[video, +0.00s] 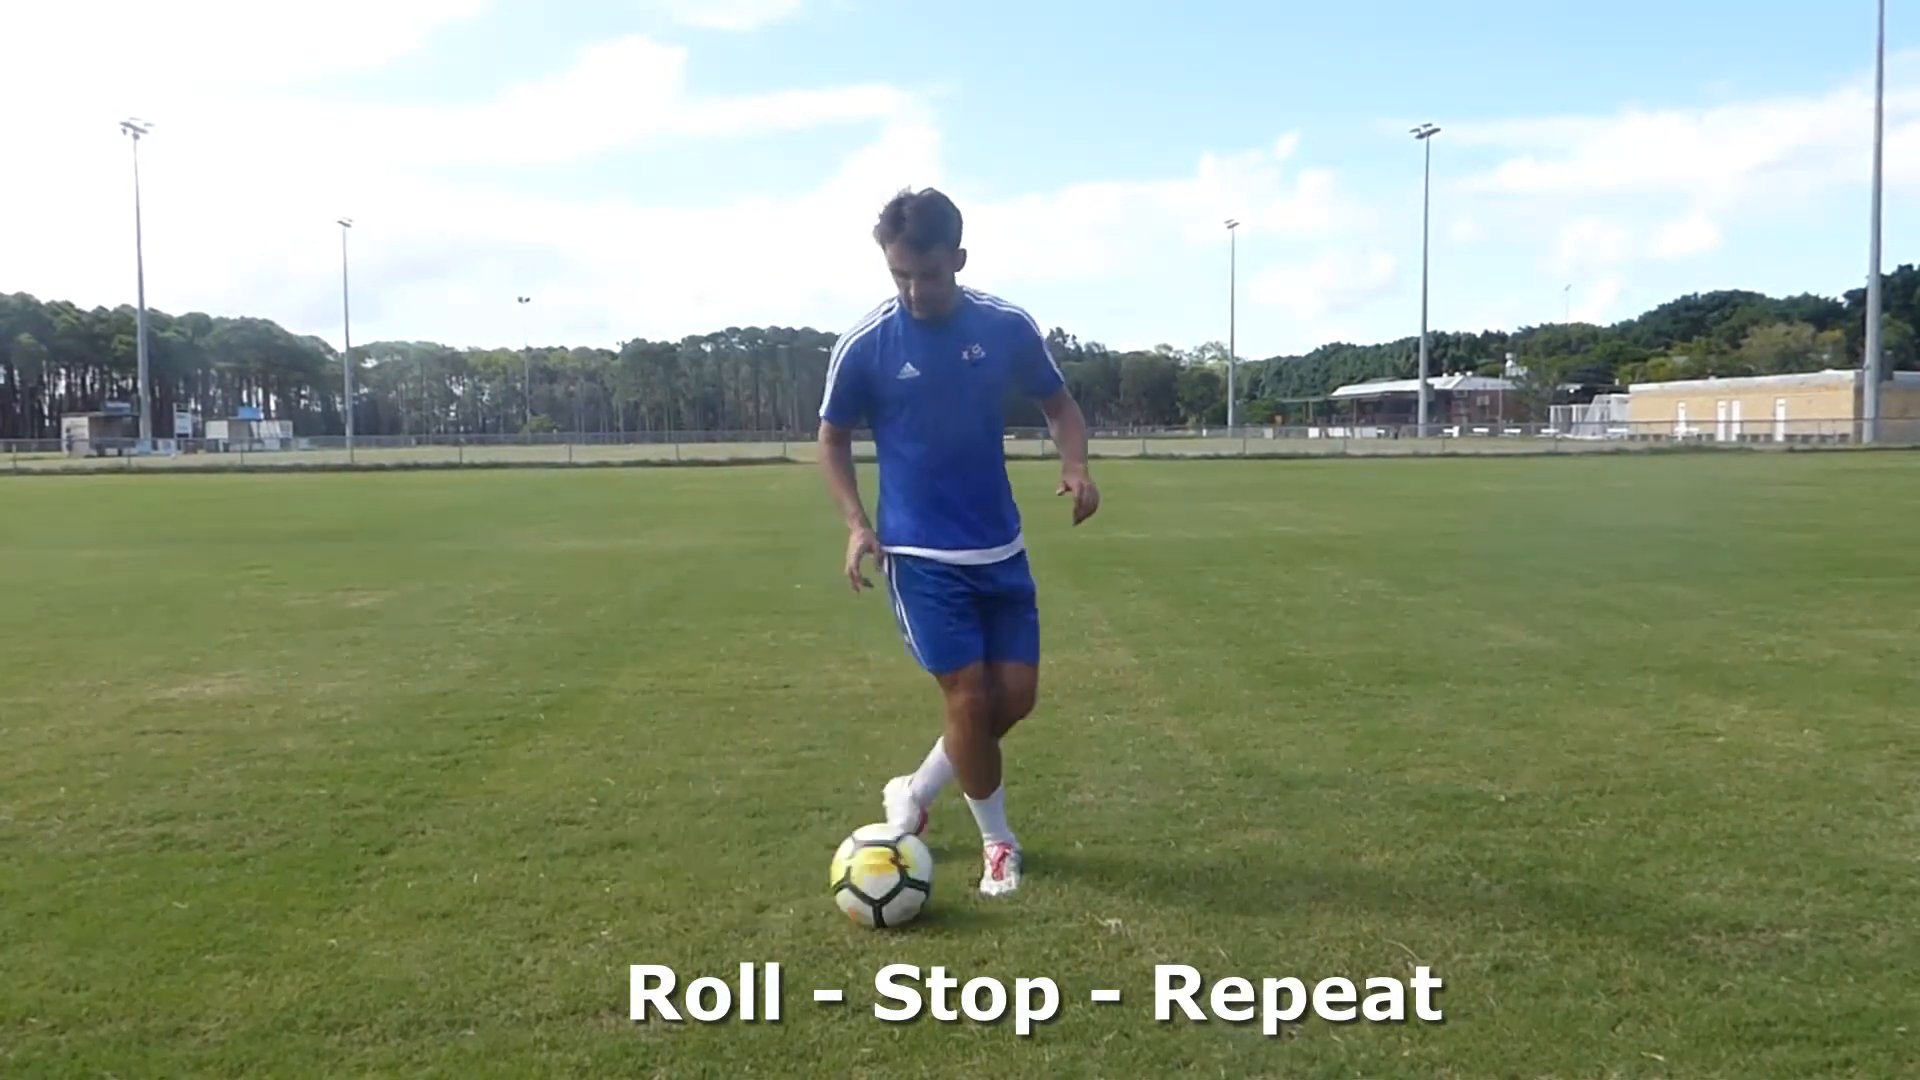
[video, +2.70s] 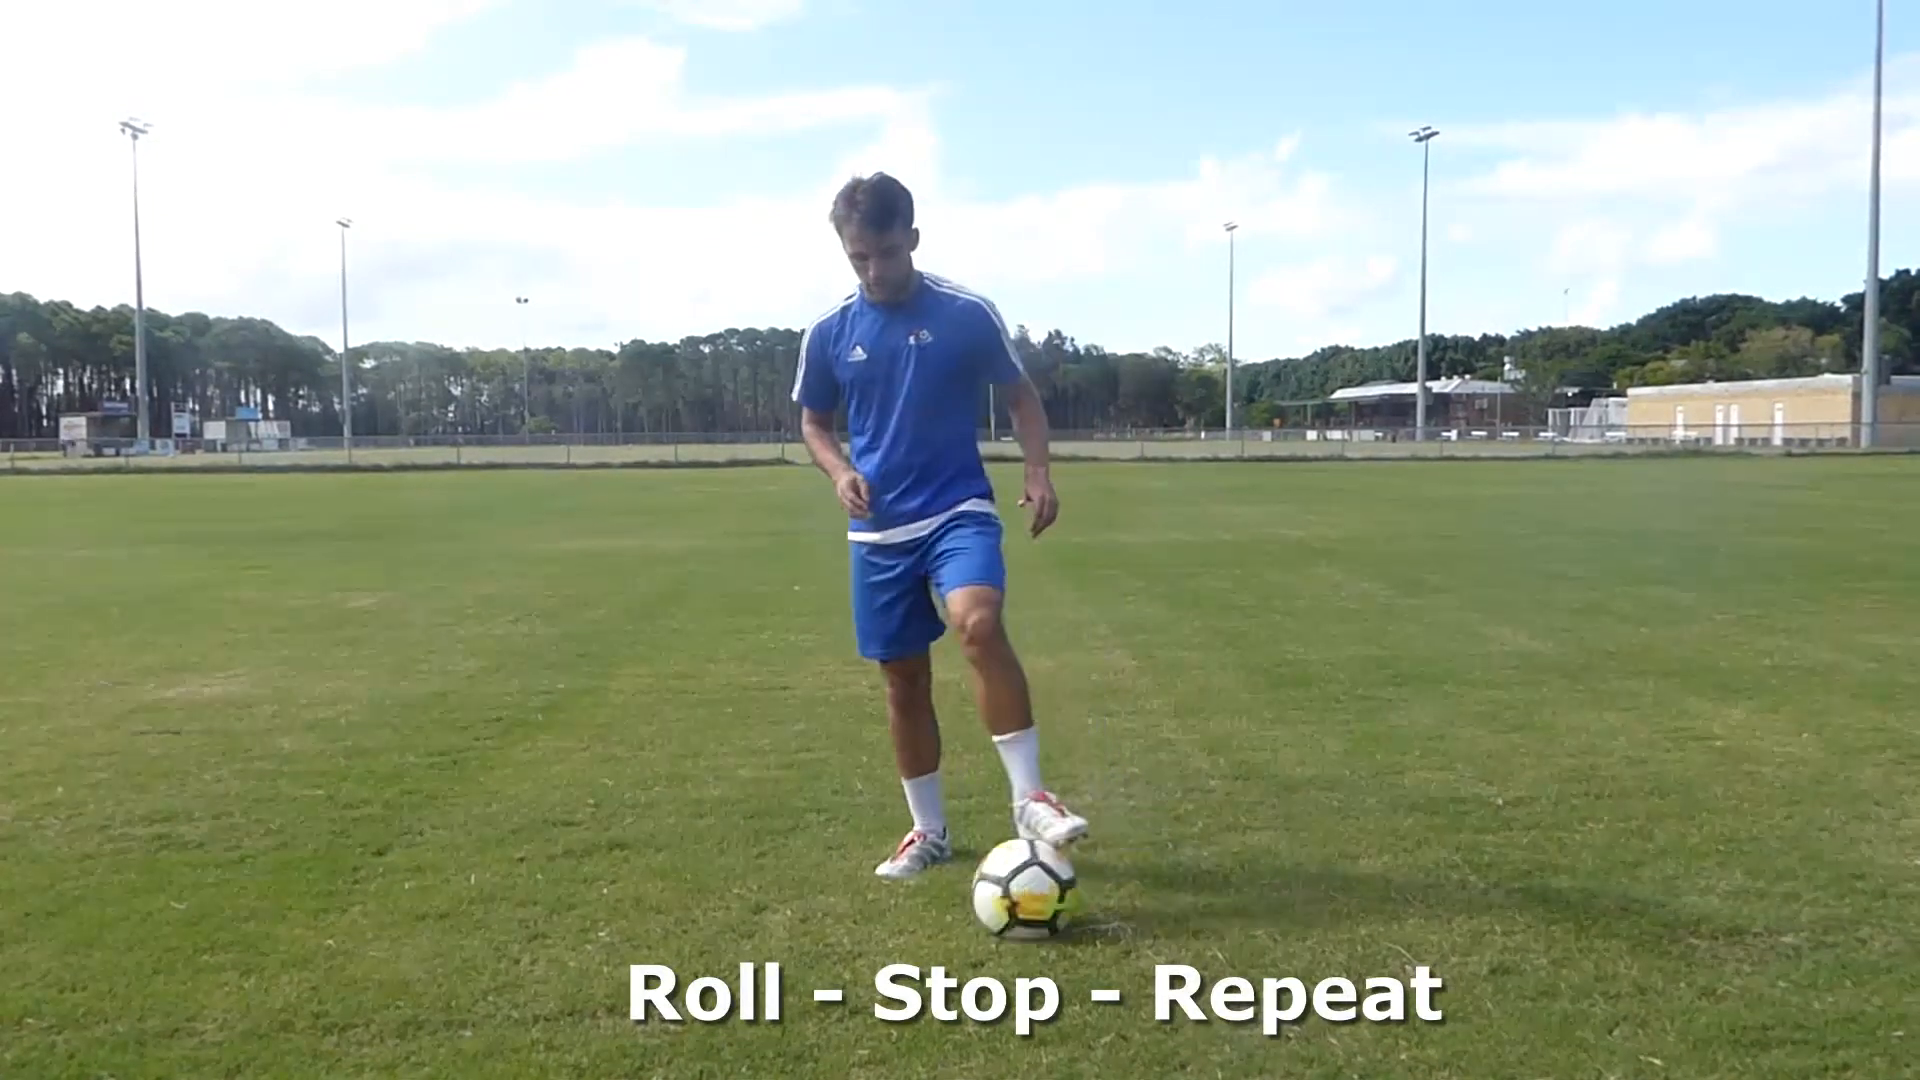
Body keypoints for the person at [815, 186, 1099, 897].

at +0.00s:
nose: (915, 290)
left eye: (929, 274)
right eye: (901, 275)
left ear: (958, 258)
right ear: (886, 263)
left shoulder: (1009, 327)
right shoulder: (862, 349)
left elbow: (1059, 404)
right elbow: (833, 439)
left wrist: (1074, 462)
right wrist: (857, 524)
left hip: (1000, 545)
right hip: (918, 552)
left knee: (1014, 696)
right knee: (968, 695)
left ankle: (913, 793)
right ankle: (999, 844)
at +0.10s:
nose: (933, 286)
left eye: (948, 271)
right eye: (919, 271)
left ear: (974, 254)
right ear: (900, 256)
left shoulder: (1020, 321)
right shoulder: (874, 343)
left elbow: (1064, 399)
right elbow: (841, 444)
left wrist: (1090, 461)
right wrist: (879, 522)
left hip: (1020, 540)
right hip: (934, 554)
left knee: (1054, 675)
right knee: (974, 699)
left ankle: (976, 758)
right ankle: (998, 845)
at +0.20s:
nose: (947, 277)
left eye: (960, 262)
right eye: (932, 262)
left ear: (982, 247)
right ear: (910, 248)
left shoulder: (1025, 314)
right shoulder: (880, 336)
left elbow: (1064, 391)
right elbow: (848, 438)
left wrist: (1095, 461)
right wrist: (894, 507)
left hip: (1031, 532)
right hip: (944, 551)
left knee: (1079, 655)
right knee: (976, 698)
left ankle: (1049, 745)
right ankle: (998, 847)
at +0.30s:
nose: (954, 275)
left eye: (966, 258)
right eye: (939, 261)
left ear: (987, 242)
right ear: (914, 248)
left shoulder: (1028, 311)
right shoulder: (887, 336)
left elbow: (1067, 391)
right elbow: (860, 444)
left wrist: (1096, 459)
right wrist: (909, 505)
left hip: (1043, 521)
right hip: (958, 545)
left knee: (1096, 636)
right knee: (983, 696)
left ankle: (1115, 778)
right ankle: (999, 845)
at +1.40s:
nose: (1055, 236)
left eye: (1069, 222)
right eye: (1042, 223)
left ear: (1093, 226)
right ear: (1024, 232)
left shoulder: (1140, 319)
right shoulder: (998, 327)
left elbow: (1171, 408)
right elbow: (968, 427)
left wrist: (1161, 480)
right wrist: (1014, 472)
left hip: (1108, 540)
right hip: (1025, 540)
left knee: (1096, 683)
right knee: (1021, 685)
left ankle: (1091, 831)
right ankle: (1004, 844)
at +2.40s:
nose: (953, 268)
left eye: (965, 251)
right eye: (938, 254)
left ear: (991, 237)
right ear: (921, 247)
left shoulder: (1041, 316)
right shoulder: (901, 334)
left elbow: (1081, 403)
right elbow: (880, 420)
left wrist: (1089, 474)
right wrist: (902, 461)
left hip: (1032, 531)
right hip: (941, 538)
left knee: (1074, 673)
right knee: (932, 683)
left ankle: (1091, 821)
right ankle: (932, 831)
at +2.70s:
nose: (874, 272)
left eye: (886, 254)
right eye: (860, 259)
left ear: (912, 239)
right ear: (843, 251)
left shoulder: (966, 315)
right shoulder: (829, 337)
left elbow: (1021, 394)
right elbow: (814, 422)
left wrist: (1038, 474)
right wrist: (839, 471)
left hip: (960, 514)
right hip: (879, 533)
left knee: (979, 625)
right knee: (904, 682)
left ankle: (1031, 799)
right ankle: (929, 832)